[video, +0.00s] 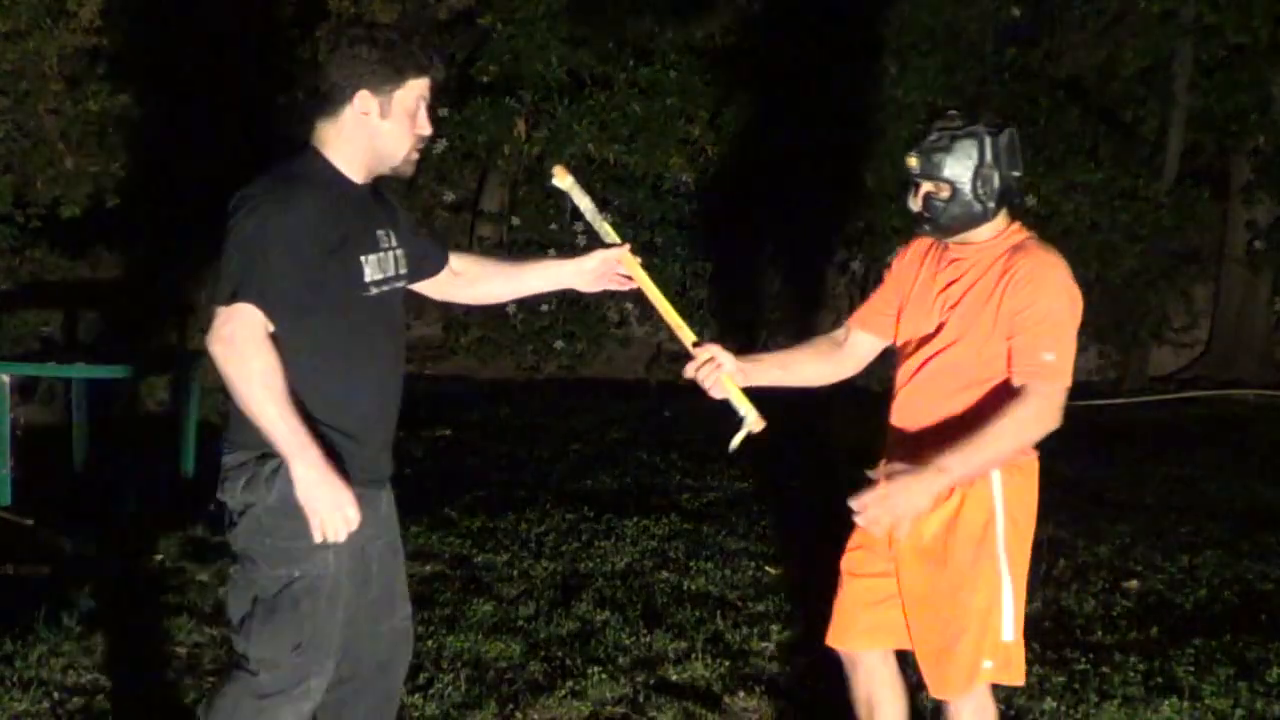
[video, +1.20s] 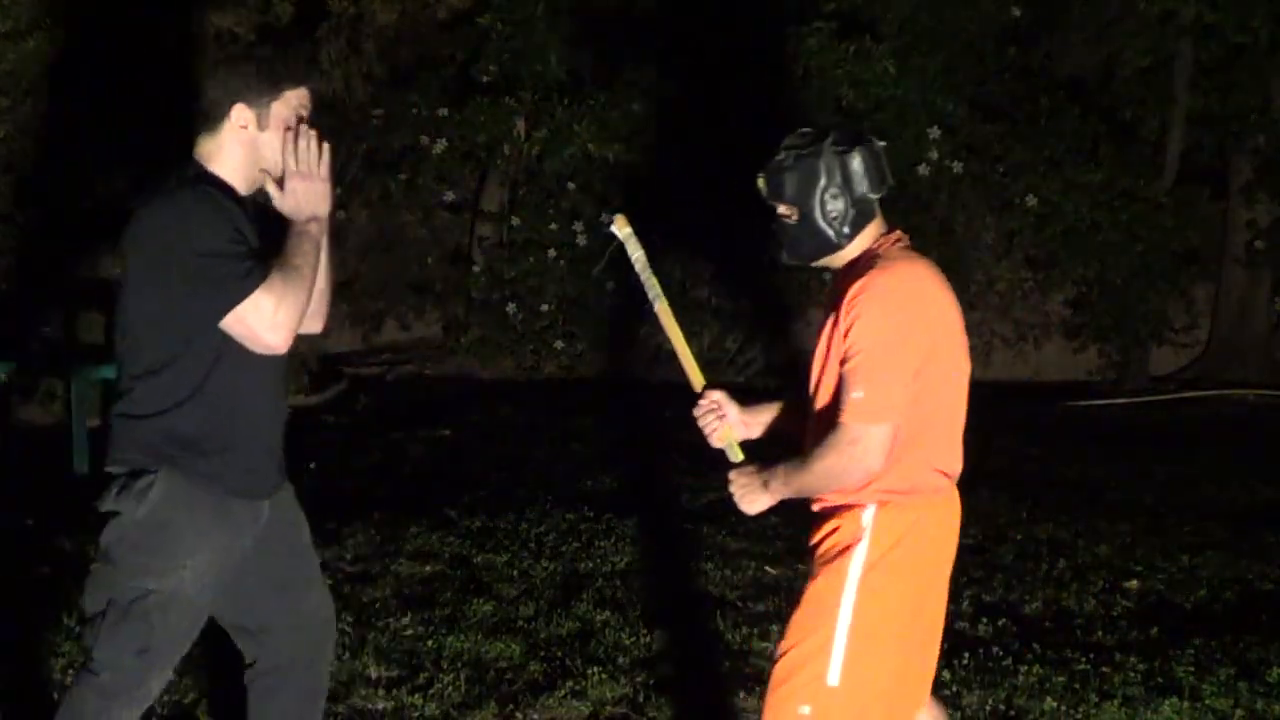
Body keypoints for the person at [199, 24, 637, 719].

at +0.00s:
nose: (428, 129)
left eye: (427, 112)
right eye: (419, 110)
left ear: (372, 112)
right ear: (366, 109)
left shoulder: (379, 213)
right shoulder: (282, 206)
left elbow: (456, 277)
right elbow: (234, 337)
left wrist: (576, 271)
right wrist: (309, 466)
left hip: (367, 491)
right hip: (289, 487)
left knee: (373, 674)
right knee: (284, 679)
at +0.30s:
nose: (423, 123)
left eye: (422, 105)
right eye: (410, 103)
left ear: (365, 109)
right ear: (358, 106)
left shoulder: (376, 210)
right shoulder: (282, 204)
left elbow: (444, 286)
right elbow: (260, 340)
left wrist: (553, 283)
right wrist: (391, 415)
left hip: (363, 480)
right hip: (291, 477)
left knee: (375, 666)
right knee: (294, 677)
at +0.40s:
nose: (411, 124)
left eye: (409, 105)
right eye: (397, 104)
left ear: (352, 115)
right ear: (345, 110)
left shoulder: (356, 212)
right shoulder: (269, 212)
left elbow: (386, 312)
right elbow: (272, 350)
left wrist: (489, 281)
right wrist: (408, 367)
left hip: (353, 481)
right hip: (276, 481)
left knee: (372, 665)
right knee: (280, 683)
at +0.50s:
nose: (399, 136)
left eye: (398, 118)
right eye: (386, 116)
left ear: (335, 120)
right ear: (332, 118)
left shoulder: (328, 215)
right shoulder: (262, 218)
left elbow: (347, 312)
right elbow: (299, 358)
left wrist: (427, 267)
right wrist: (417, 305)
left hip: (331, 478)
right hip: (260, 480)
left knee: (372, 649)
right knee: (268, 680)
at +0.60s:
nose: (386, 137)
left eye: (386, 117)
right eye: (374, 116)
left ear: (327, 121)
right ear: (323, 118)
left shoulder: (316, 211)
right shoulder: (255, 214)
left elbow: (332, 328)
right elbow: (330, 346)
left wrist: (385, 233)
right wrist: (394, 245)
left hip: (319, 475)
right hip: (246, 480)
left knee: (365, 637)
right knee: (264, 682)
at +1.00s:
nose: (349, 140)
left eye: (353, 123)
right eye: (338, 119)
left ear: (295, 124)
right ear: (290, 119)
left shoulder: (290, 212)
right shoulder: (217, 204)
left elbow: (351, 315)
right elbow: (295, 317)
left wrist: (352, 210)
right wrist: (337, 216)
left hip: (274, 476)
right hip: (198, 472)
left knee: (294, 665)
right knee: (211, 676)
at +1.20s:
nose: (304, 143)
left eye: (305, 125)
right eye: (294, 123)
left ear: (245, 124)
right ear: (246, 122)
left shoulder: (244, 219)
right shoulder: (183, 216)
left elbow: (311, 317)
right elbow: (271, 327)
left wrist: (312, 223)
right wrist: (308, 222)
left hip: (257, 500)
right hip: (174, 497)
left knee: (299, 654)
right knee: (118, 686)